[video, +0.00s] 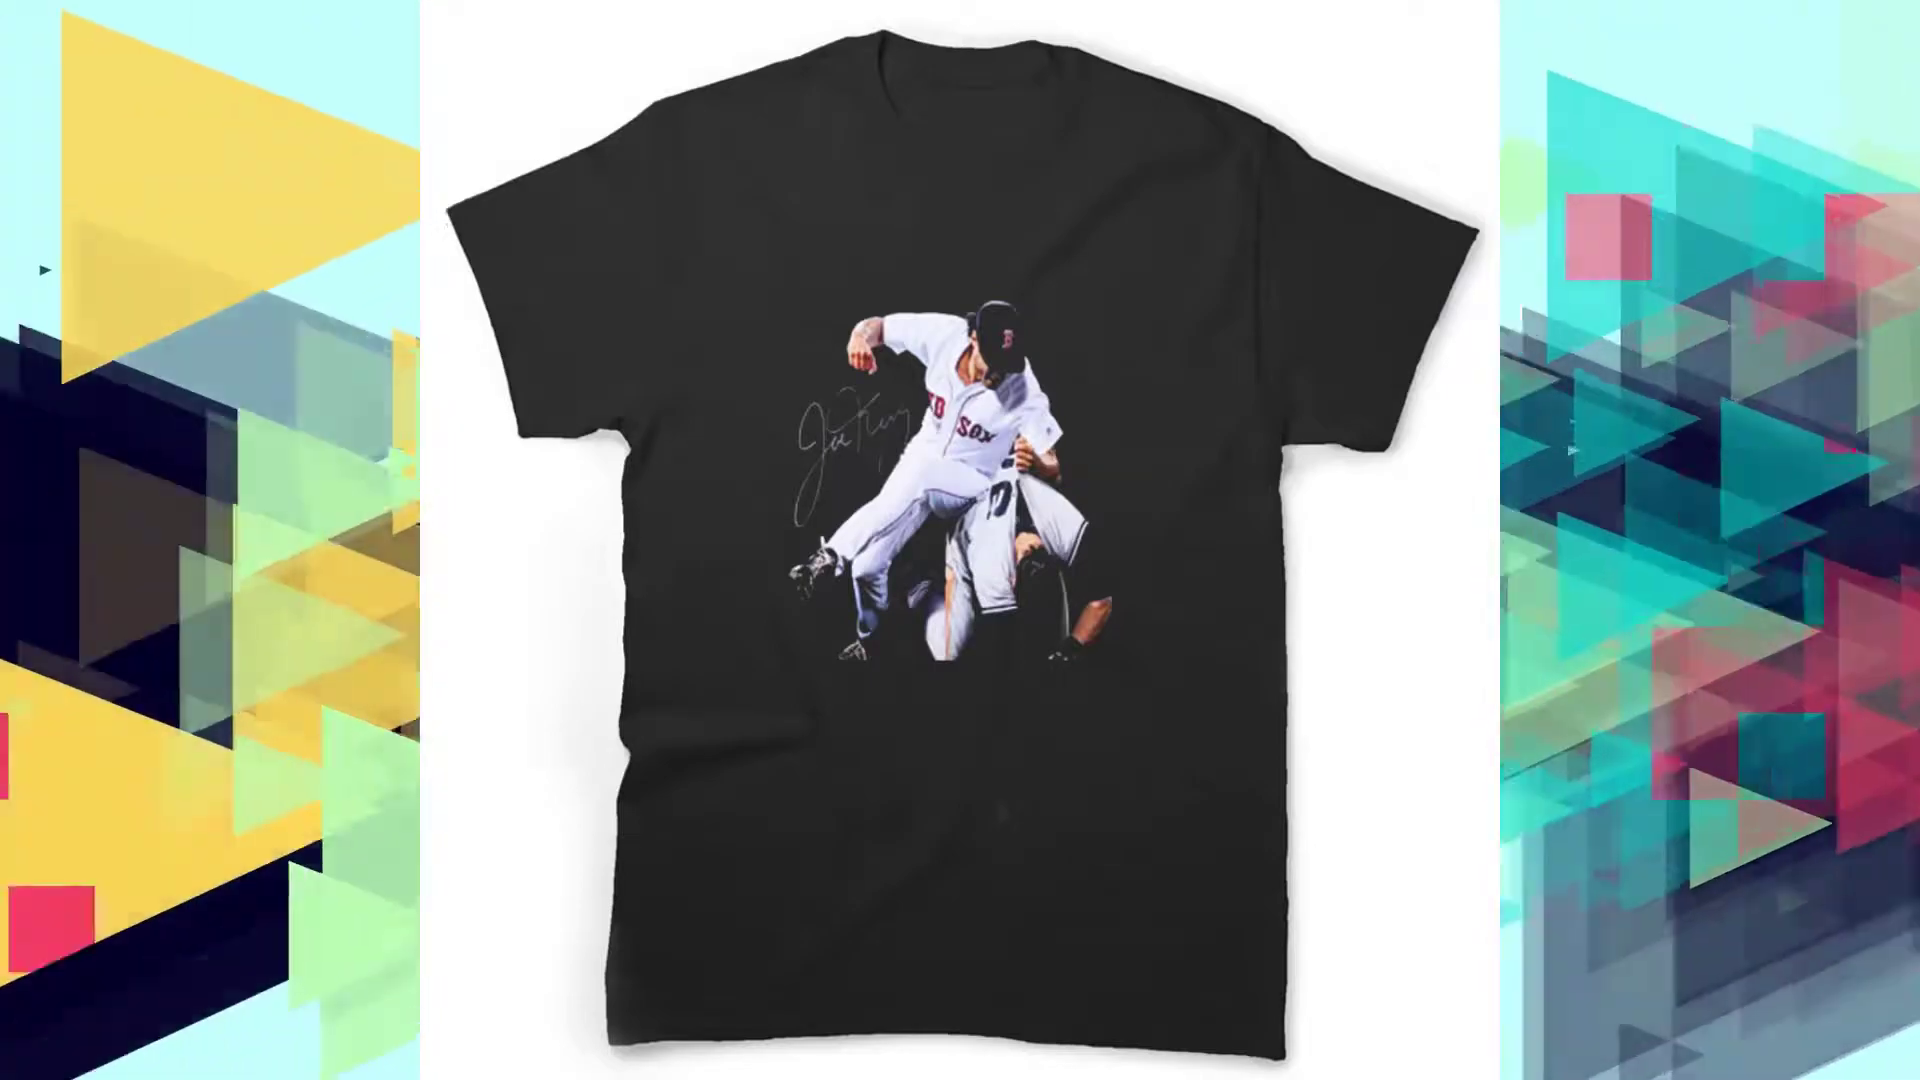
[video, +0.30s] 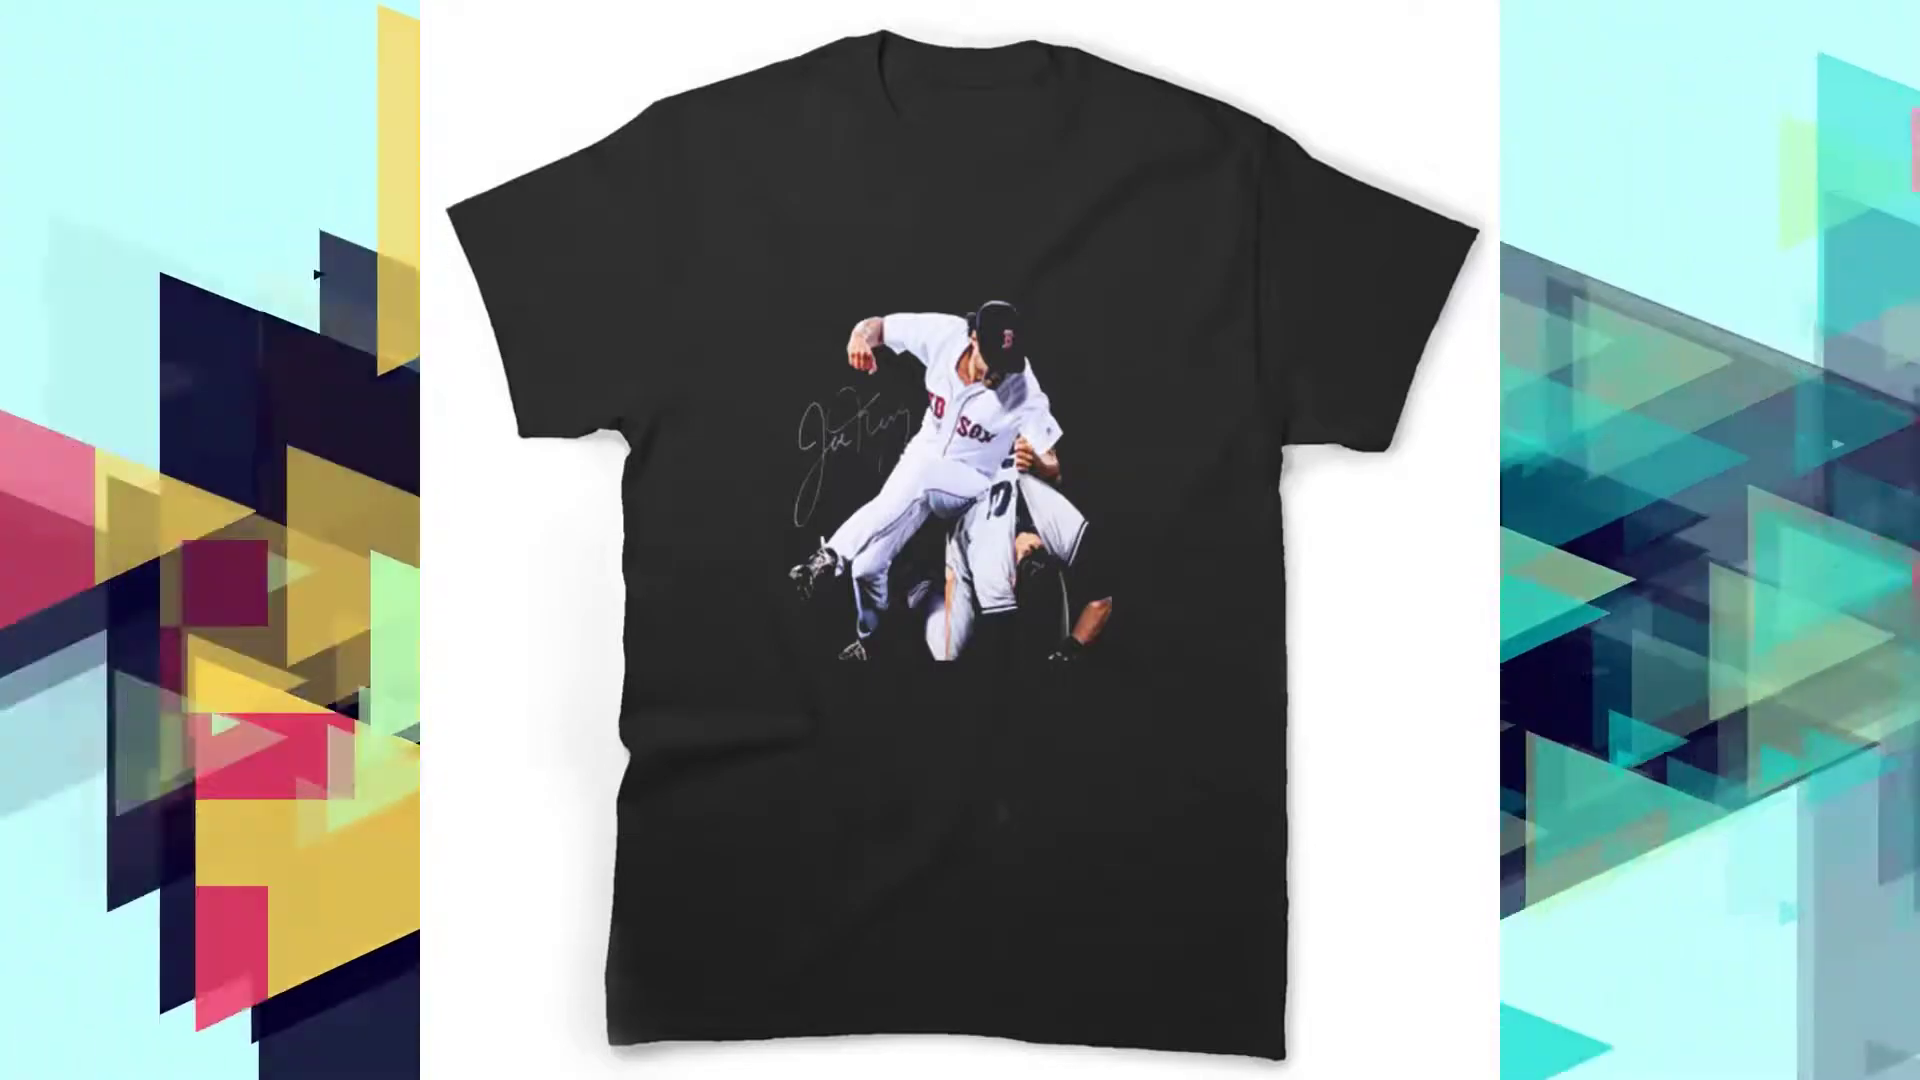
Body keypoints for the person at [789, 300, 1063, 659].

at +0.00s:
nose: (997, 374)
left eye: (1006, 367)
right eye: (991, 364)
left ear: (1017, 354)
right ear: (973, 341)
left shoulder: (1023, 389)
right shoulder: (946, 334)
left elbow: (1054, 468)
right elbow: (878, 327)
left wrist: (1038, 463)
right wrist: (861, 338)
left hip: (979, 482)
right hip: (922, 460)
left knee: (920, 476)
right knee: (867, 566)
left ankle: (828, 560)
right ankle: (871, 641)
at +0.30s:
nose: (997, 374)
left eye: (1006, 367)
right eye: (991, 364)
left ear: (1017, 354)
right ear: (973, 341)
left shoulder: (1023, 389)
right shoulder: (946, 334)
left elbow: (1054, 468)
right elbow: (878, 327)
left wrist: (1038, 463)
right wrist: (861, 338)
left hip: (979, 482)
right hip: (922, 460)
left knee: (920, 476)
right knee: (867, 566)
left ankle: (828, 560)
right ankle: (871, 641)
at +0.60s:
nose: (997, 374)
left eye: (1006, 367)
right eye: (991, 364)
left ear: (1017, 354)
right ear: (973, 341)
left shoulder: (1023, 389)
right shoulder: (946, 334)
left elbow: (1054, 468)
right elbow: (878, 327)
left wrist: (1038, 463)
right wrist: (861, 339)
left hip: (979, 482)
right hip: (922, 460)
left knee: (920, 476)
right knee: (867, 566)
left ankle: (829, 559)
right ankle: (871, 641)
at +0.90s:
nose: (997, 374)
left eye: (1006, 367)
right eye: (991, 364)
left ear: (1017, 354)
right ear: (973, 341)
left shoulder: (1023, 389)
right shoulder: (946, 334)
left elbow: (1054, 468)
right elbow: (878, 327)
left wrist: (1038, 463)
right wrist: (861, 339)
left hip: (979, 482)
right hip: (922, 460)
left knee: (920, 476)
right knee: (867, 566)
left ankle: (829, 559)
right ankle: (871, 641)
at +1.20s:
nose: (997, 374)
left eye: (1006, 367)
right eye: (992, 364)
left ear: (1017, 354)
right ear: (973, 341)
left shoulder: (1024, 390)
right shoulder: (946, 334)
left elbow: (1054, 469)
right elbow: (877, 327)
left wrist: (1038, 463)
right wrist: (861, 339)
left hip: (979, 482)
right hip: (922, 460)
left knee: (921, 476)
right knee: (867, 566)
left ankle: (829, 559)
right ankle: (871, 641)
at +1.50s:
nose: (994, 375)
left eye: (1003, 368)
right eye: (990, 365)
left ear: (1016, 355)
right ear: (973, 341)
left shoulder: (1024, 390)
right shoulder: (946, 334)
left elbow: (1054, 469)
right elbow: (877, 327)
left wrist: (1038, 463)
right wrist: (861, 339)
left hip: (979, 484)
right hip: (922, 462)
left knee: (920, 474)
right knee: (867, 567)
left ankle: (828, 560)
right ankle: (872, 642)